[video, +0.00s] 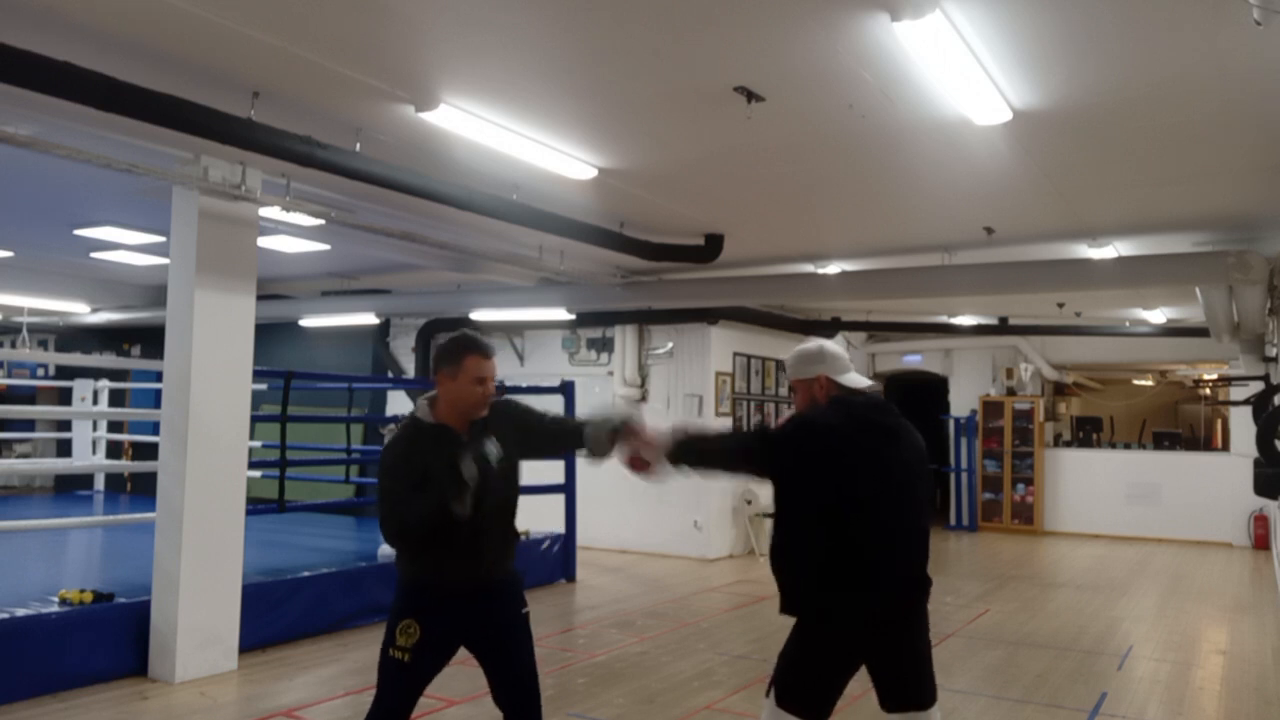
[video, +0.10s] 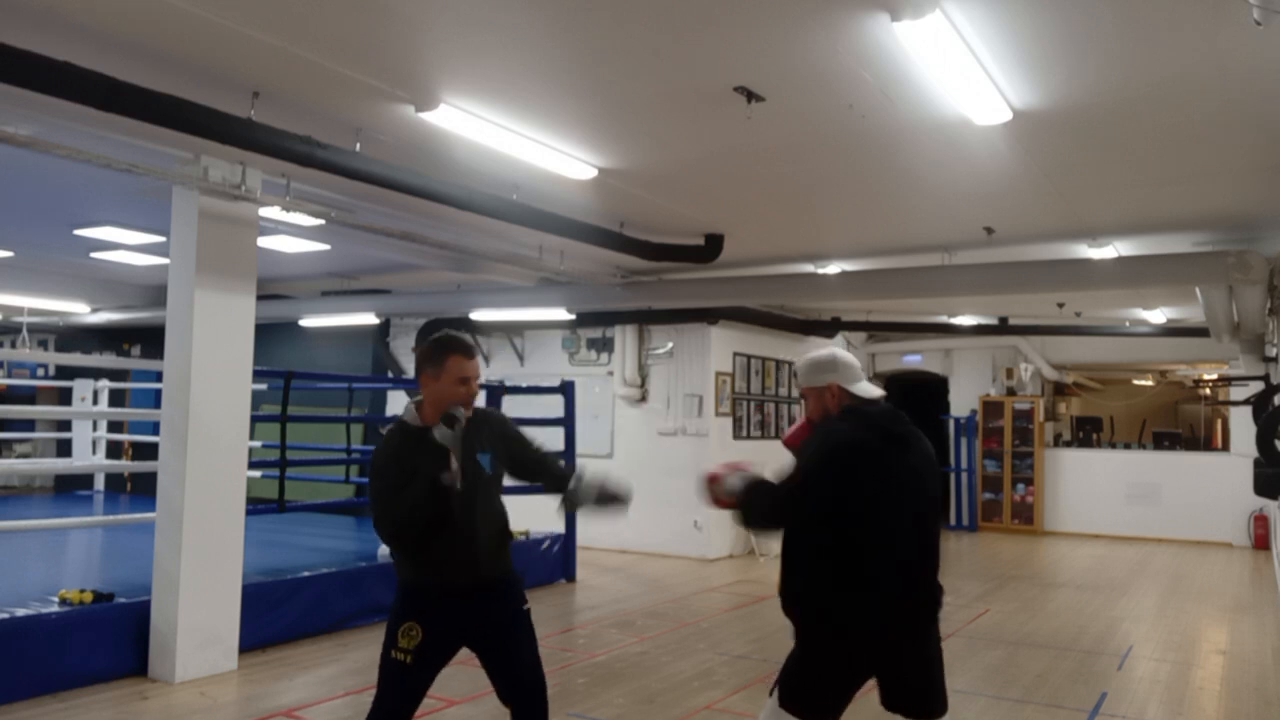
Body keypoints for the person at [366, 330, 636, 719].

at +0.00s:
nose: (490, 391)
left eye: (493, 381)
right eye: (480, 382)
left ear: (495, 381)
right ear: (443, 380)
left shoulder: (503, 421)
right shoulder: (405, 448)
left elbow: (556, 434)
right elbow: (397, 530)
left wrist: (614, 432)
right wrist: (453, 495)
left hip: (495, 593)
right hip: (428, 596)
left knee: (524, 709)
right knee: (390, 708)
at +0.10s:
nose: (473, 391)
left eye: (476, 381)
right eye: (463, 381)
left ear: (479, 379)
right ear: (427, 381)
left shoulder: (489, 426)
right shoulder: (395, 447)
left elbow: (531, 463)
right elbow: (393, 529)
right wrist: (442, 478)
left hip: (494, 593)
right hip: (427, 597)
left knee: (531, 705)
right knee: (390, 709)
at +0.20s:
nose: (474, 389)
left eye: (477, 379)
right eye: (463, 379)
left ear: (480, 377)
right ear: (428, 378)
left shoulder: (489, 429)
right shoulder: (397, 446)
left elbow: (524, 487)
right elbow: (394, 524)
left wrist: (557, 540)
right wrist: (447, 477)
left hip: (495, 589)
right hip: (428, 596)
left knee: (537, 701)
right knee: (393, 709)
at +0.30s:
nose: (492, 389)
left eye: (494, 380)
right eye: (481, 379)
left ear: (497, 382)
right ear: (447, 380)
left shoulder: (502, 434)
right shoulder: (412, 443)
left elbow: (527, 501)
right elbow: (397, 520)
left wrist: (549, 561)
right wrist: (456, 489)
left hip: (499, 595)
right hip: (433, 598)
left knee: (540, 706)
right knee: (395, 709)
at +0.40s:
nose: (523, 391)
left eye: (525, 382)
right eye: (514, 381)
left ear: (525, 385)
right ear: (482, 380)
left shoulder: (520, 438)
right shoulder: (443, 438)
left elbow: (535, 508)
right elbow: (439, 510)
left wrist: (562, 561)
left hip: (507, 594)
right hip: (446, 594)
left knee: (546, 702)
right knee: (407, 708)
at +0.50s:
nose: (554, 397)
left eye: (556, 389)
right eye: (545, 386)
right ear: (510, 380)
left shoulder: (533, 442)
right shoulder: (479, 430)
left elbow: (538, 506)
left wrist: (575, 543)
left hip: (517, 589)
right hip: (462, 591)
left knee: (553, 698)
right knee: (417, 702)